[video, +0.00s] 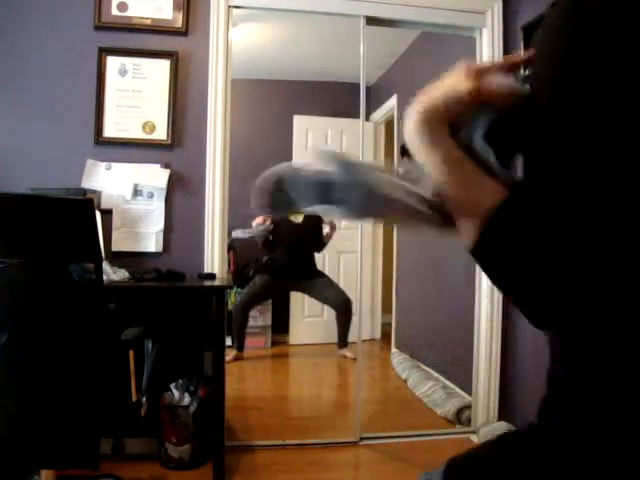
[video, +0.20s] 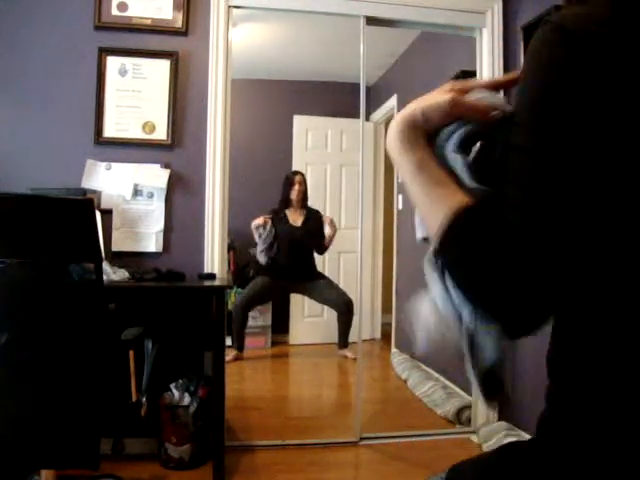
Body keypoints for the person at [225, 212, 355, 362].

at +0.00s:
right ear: (276, 207)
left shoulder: (312, 218)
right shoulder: (272, 221)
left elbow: (317, 247)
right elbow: (267, 249)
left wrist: (328, 235)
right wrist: (259, 231)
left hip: (306, 274)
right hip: (273, 275)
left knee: (343, 303)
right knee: (241, 305)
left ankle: (343, 347)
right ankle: (237, 350)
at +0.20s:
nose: (297, 188)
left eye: (301, 184)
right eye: (293, 184)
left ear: (305, 188)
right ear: (287, 188)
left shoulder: (314, 216)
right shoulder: (276, 216)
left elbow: (320, 250)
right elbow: (266, 248)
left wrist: (331, 234)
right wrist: (257, 229)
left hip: (307, 277)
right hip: (276, 276)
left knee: (345, 304)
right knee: (241, 304)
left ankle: (343, 347)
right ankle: (237, 350)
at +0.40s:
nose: (299, 187)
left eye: (302, 183)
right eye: (295, 183)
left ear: (307, 187)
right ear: (288, 186)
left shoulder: (314, 214)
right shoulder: (280, 210)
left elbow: (325, 245)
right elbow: (263, 236)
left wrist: (309, 230)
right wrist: (283, 220)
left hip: (307, 274)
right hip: (277, 274)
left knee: (345, 303)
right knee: (242, 304)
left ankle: (343, 348)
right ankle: (238, 350)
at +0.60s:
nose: (300, 185)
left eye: (303, 181)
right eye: (296, 181)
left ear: (307, 185)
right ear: (289, 184)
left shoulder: (315, 211)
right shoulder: (279, 208)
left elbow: (332, 231)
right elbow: (263, 223)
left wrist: (306, 222)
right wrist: (287, 217)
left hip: (309, 272)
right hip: (279, 272)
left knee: (345, 302)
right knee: (243, 303)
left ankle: (345, 347)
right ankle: (235, 350)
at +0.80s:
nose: (300, 186)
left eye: (303, 182)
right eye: (296, 182)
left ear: (307, 186)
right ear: (289, 185)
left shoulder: (316, 212)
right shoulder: (279, 209)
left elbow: (334, 237)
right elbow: (265, 229)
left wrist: (340, 234)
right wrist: (285, 226)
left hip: (309, 273)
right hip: (279, 272)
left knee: (345, 303)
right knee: (243, 304)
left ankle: (344, 347)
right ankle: (236, 350)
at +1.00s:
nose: (301, 185)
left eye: (304, 181)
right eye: (297, 181)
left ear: (309, 185)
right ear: (290, 184)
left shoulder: (316, 211)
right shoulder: (280, 209)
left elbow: (338, 233)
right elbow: (284, 220)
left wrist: (352, 229)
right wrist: (307, 219)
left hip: (308, 272)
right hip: (279, 271)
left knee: (343, 302)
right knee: (243, 304)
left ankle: (344, 347)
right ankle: (236, 350)